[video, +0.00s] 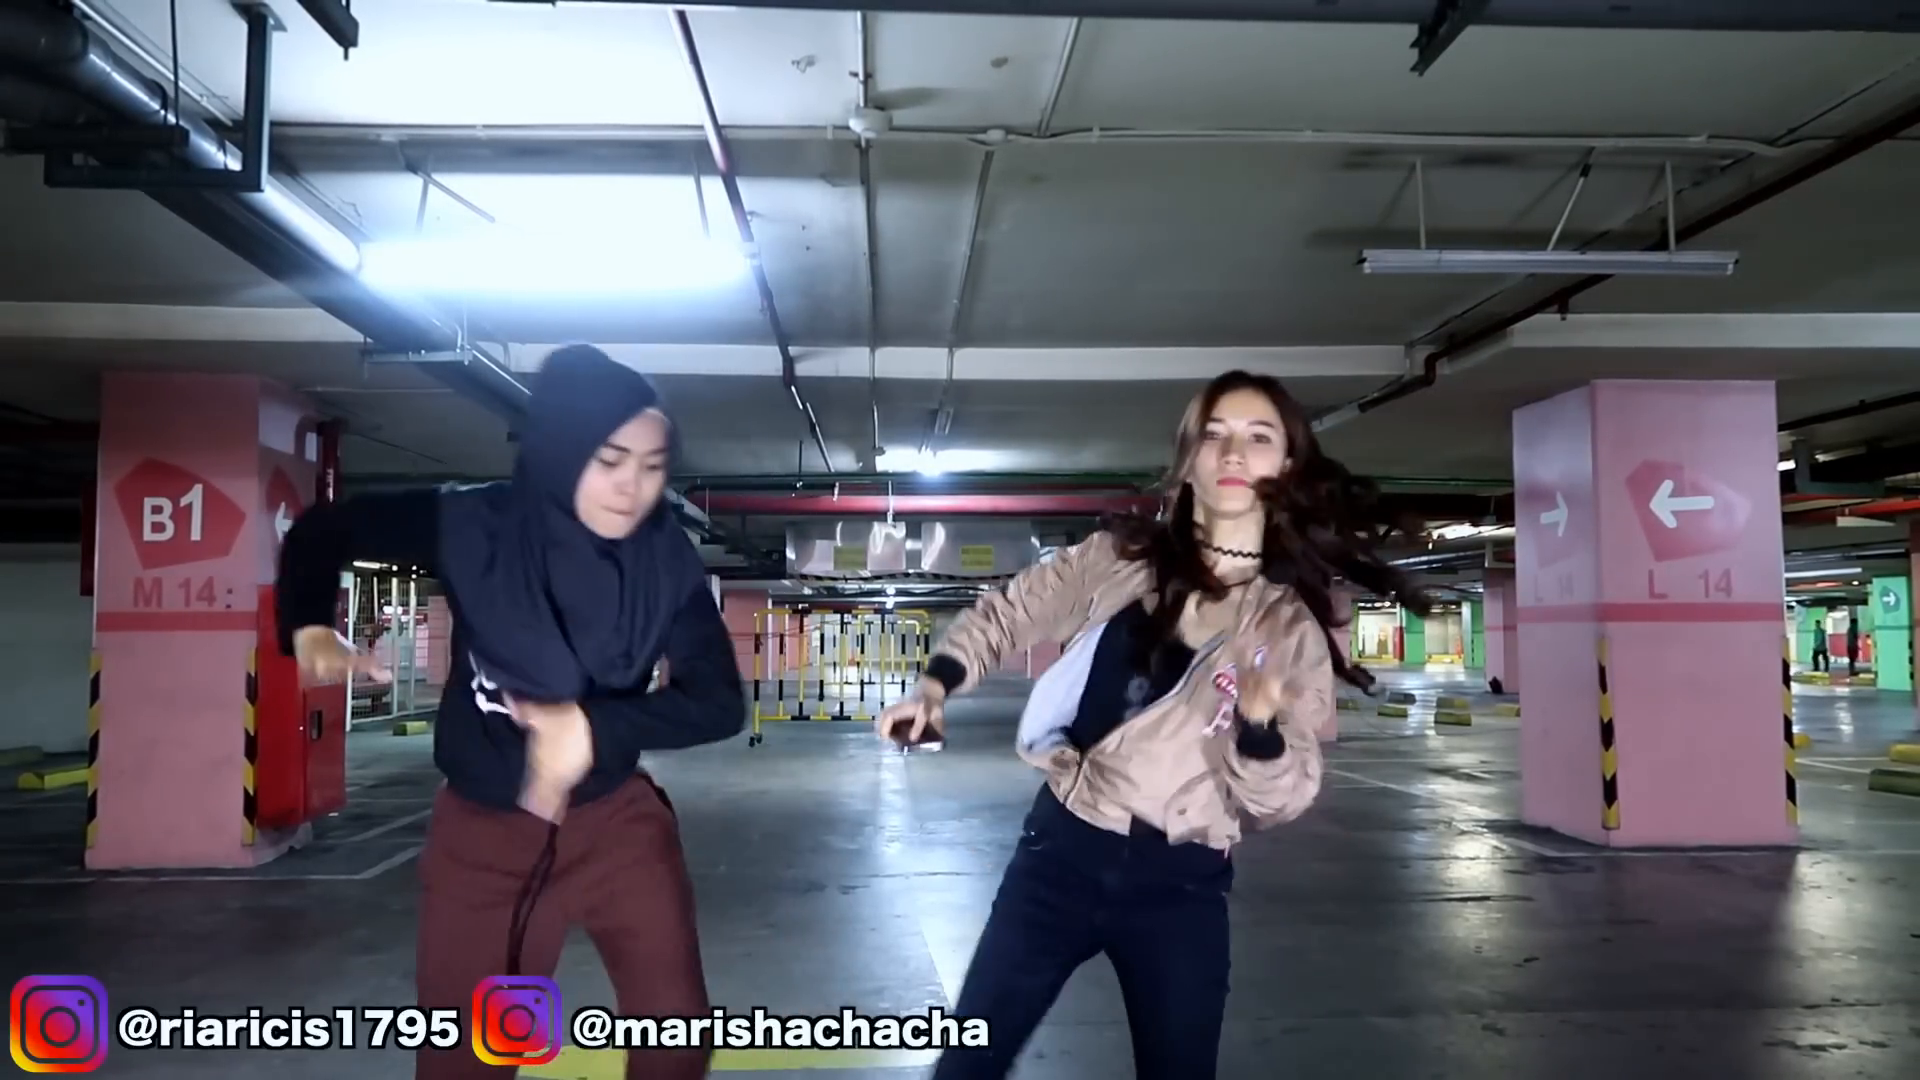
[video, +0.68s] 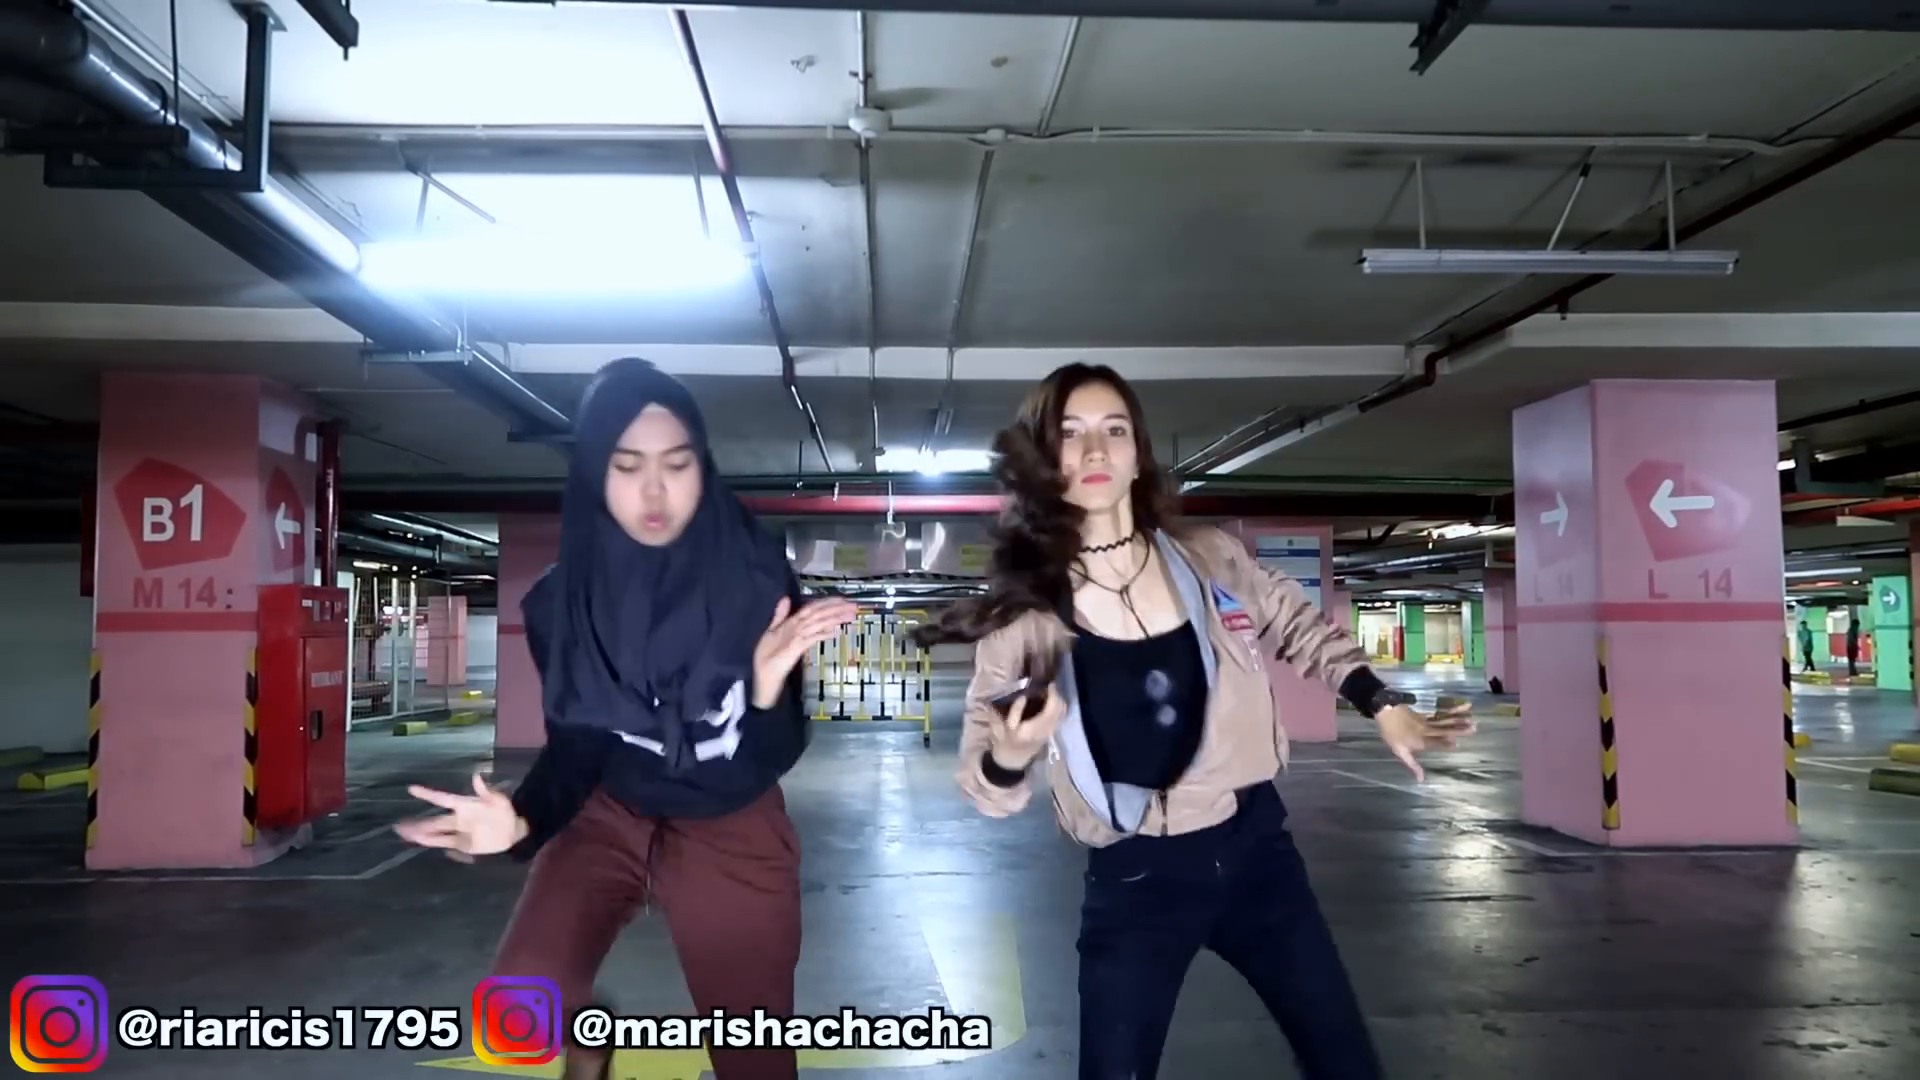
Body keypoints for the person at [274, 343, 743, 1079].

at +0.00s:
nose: (634, 487)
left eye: (654, 465)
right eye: (611, 460)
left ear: (669, 466)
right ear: (555, 452)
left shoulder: (666, 558)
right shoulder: (472, 525)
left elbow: (721, 703)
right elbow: (320, 531)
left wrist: (597, 728)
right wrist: (309, 624)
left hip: (620, 829)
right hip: (483, 834)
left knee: (679, 1045)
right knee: (456, 1060)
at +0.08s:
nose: (587, 508)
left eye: (607, 482)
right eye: (561, 480)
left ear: (624, 481)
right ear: (506, 480)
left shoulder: (646, 564)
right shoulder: (450, 569)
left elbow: (751, 675)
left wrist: (657, 749)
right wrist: (317, 617)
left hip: (618, 832)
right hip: (488, 839)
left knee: (679, 965)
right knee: (449, 1060)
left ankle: (624, 1035)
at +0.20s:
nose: (537, 549)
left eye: (559, 524)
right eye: (511, 523)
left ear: (578, 520)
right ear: (464, 523)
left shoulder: (620, 583)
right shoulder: (433, 614)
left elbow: (753, 596)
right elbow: (393, 796)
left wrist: (716, 706)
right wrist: (375, 641)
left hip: (616, 860)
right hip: (486, 877)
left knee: (708, 952)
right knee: (449, 1068)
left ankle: (650, 1044)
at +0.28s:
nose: (528, 533)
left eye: (549, 506)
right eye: (500, 507)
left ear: (569, 498)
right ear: (457, 511)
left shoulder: (619, 538)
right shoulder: (434, 609)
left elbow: (750, 533)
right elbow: (490, 767)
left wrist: (715, 645)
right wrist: (393, 637)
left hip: (661, 846)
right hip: (523, 869)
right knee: (482, 1064)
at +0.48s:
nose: (583, 544)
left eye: (605, 517)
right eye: (556, 519)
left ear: (628, 517)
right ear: (521, 528)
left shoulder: (677, 547)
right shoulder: (514, 627)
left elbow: (794, 483)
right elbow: (587, 742)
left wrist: (792, 599)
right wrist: (461, 635)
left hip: (726, 889)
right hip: (592, 896)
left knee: (742, 1069)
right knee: (541, 1068)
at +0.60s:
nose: (623, 503)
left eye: (645, 474)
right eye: (596, 476)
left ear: (669, 470)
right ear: (561, 480)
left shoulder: (732, 537)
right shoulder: (548, 609)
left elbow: (847, 627)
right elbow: (578, 796)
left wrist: (814, 675)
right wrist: (502, 802)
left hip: (733, 828)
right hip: (602, 828)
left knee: (756, 1060)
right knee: (503, 1039)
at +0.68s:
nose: (655, 493)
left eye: (676, 464)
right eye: (629, 466)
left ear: (703, 468)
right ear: (595, 474)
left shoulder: (755, 572)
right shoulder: (564, 598)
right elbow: (574, 738)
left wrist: (769, 695)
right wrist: (523, 816)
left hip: (732, 822)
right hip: (603, 812)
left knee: (753, 1056)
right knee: (520, 1011)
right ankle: (593, 1046)